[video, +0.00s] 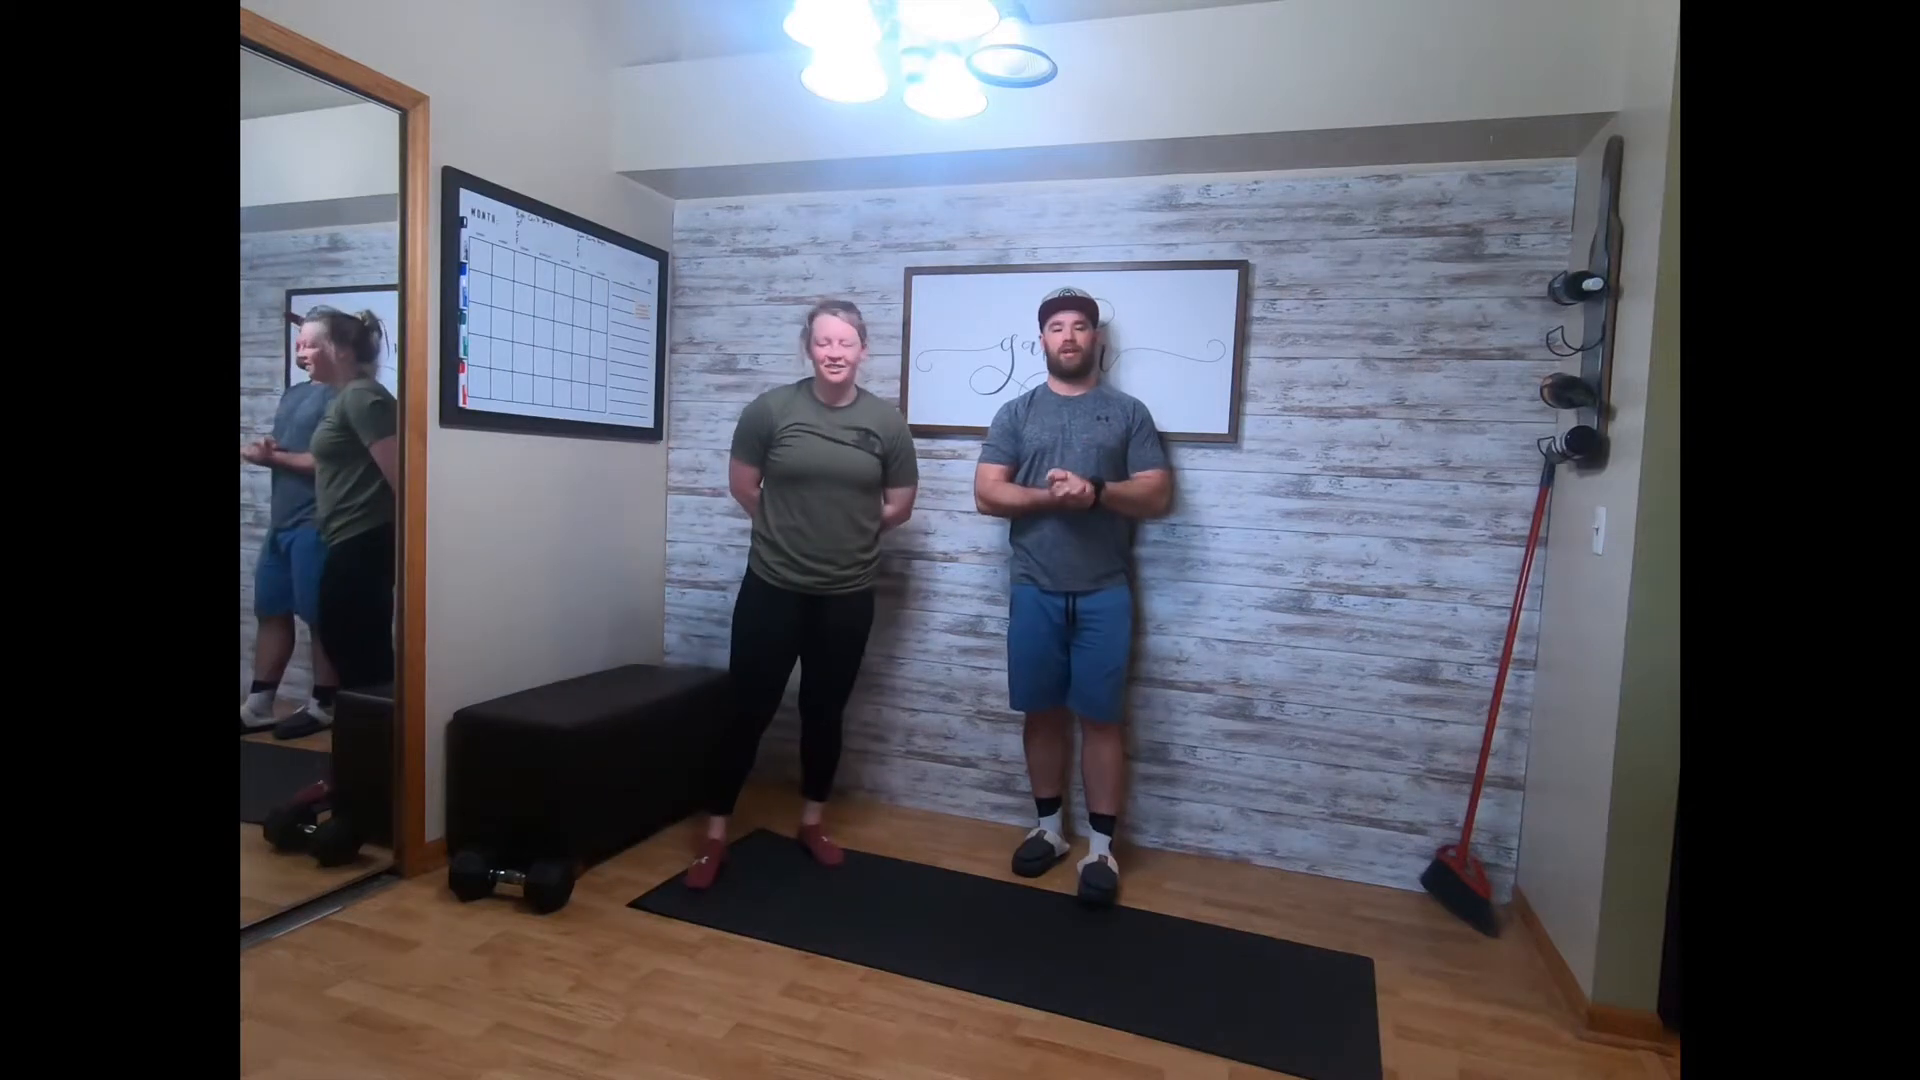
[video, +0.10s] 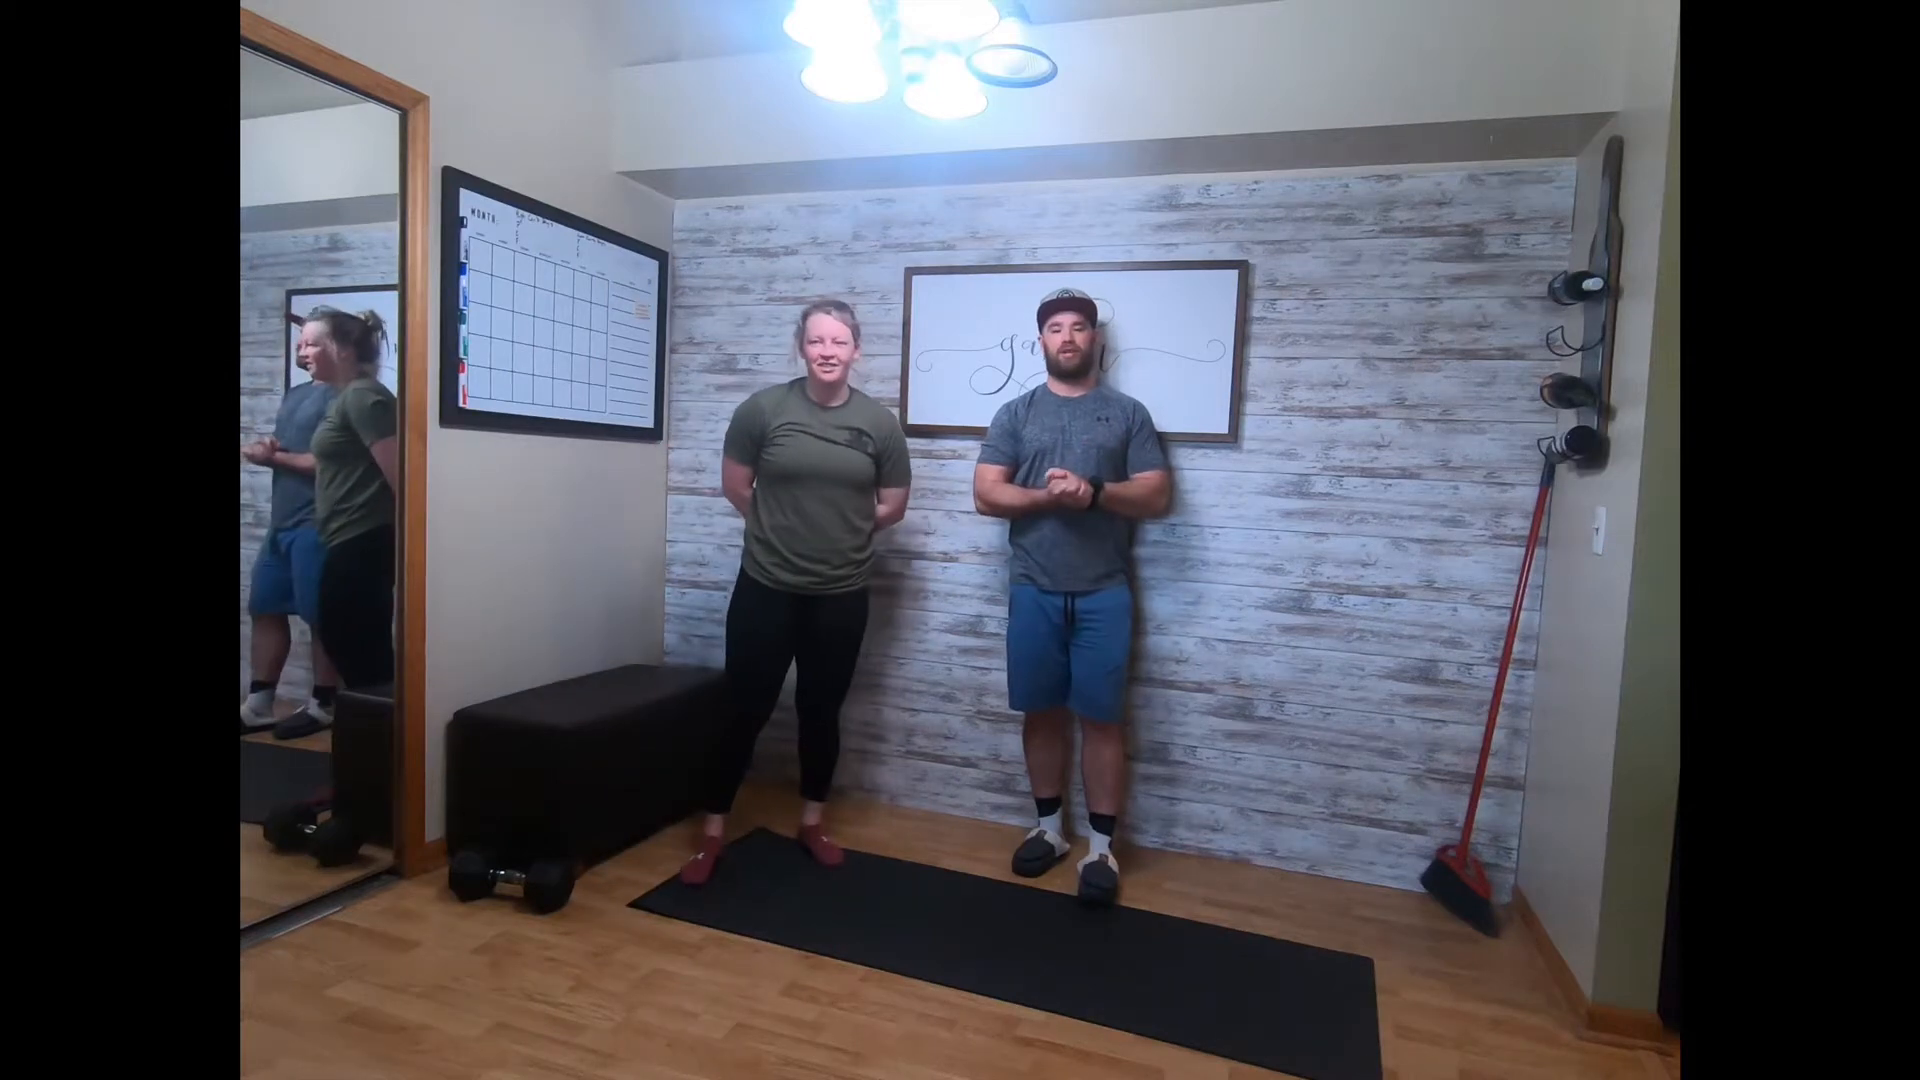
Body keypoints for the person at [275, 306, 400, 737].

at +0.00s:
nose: (304, 357)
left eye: (312, 347)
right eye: (304, 348)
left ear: (340, 350)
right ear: (343, 351)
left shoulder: (362, 397)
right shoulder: (345, 398)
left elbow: (405, 481)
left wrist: (418, 546)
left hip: (366, 542)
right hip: (349, 541)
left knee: (354, 649)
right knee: (351, 646)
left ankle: (361, 767)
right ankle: (361, 763)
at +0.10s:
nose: (305, 355)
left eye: (314, 345)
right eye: (306, 346)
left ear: (342, 348)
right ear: (340, 351)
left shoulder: (364, 397)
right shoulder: (348, 399)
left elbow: (404, 482)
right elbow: (327, 465)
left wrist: (419, 544)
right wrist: (277, 455)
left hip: (366, 538)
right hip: (350, 538)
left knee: (351, 637)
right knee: (350, 636)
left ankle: (377, 737)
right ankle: (370, 734)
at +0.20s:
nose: (309, 353)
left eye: (317, 343)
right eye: (310, 345)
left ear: (344, 347)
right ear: (345, 349)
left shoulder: (364, 397)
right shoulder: (348, 399)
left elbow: (403, 485)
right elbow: (328, 465)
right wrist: (278, 454)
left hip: (364, 541)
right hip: (348, 541)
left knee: (356, 644)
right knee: (351, 641)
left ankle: (379, 741)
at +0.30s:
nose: (308, 350)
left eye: (318, 342)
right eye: (309, 343)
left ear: (349, 348)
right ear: (345, 350)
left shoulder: (364, 397)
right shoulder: (349, 397)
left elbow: (402, 488)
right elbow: (333, 467)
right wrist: (279, 454)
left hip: (362, 542)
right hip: (345, 541)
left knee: (365, 655)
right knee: (360, 653)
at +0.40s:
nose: (311, 350)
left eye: (319, 340)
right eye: (310, 341)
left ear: (350, 346)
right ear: (348, 348)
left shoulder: (364, 396)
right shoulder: (348, 397)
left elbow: (400, 487)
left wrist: (424, 540)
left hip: (360, 541)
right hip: (346, 540)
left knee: (364, 649)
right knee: (359, 645)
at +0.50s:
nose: (311, 348)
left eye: (319, 339)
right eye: (312, 340)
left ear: (349, 345)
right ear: (349, 347)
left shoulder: (361, 393)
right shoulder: (348, 394)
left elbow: (398, 482)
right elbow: (338, 468)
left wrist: (425, 534)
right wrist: (282, 454)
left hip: (358, 540)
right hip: (345, 539)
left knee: (362, 650)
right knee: (360, 649)